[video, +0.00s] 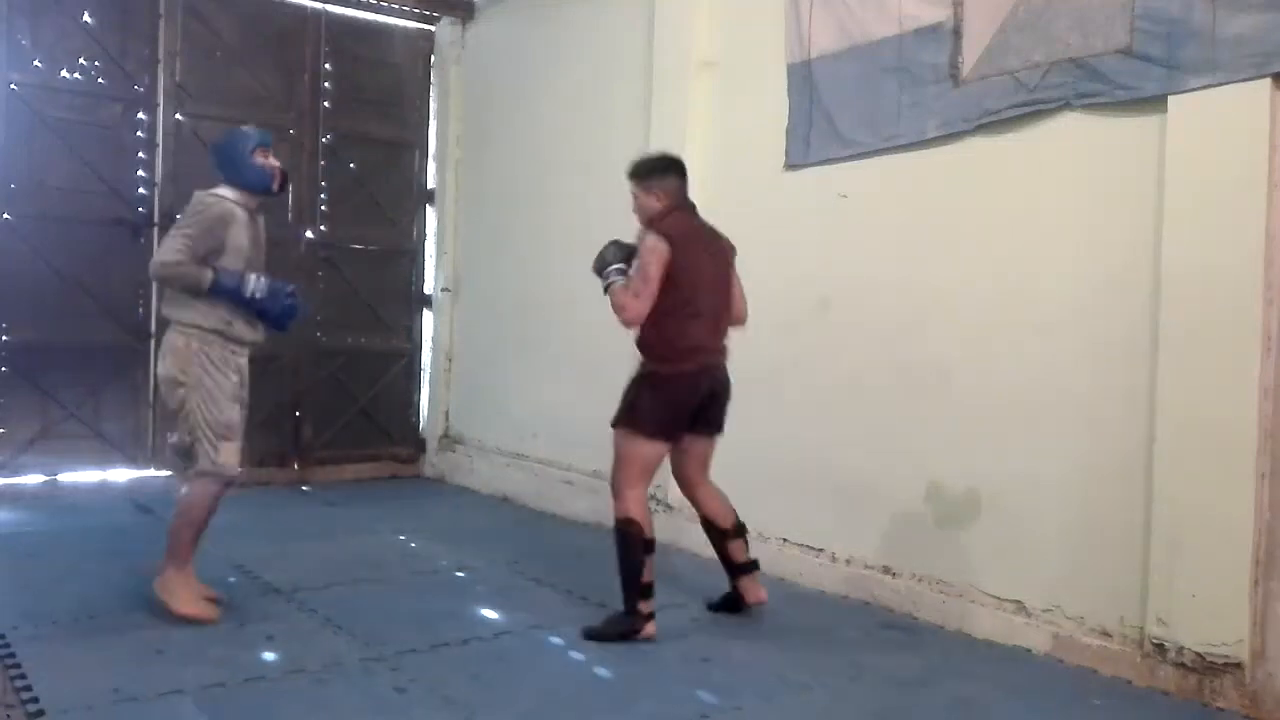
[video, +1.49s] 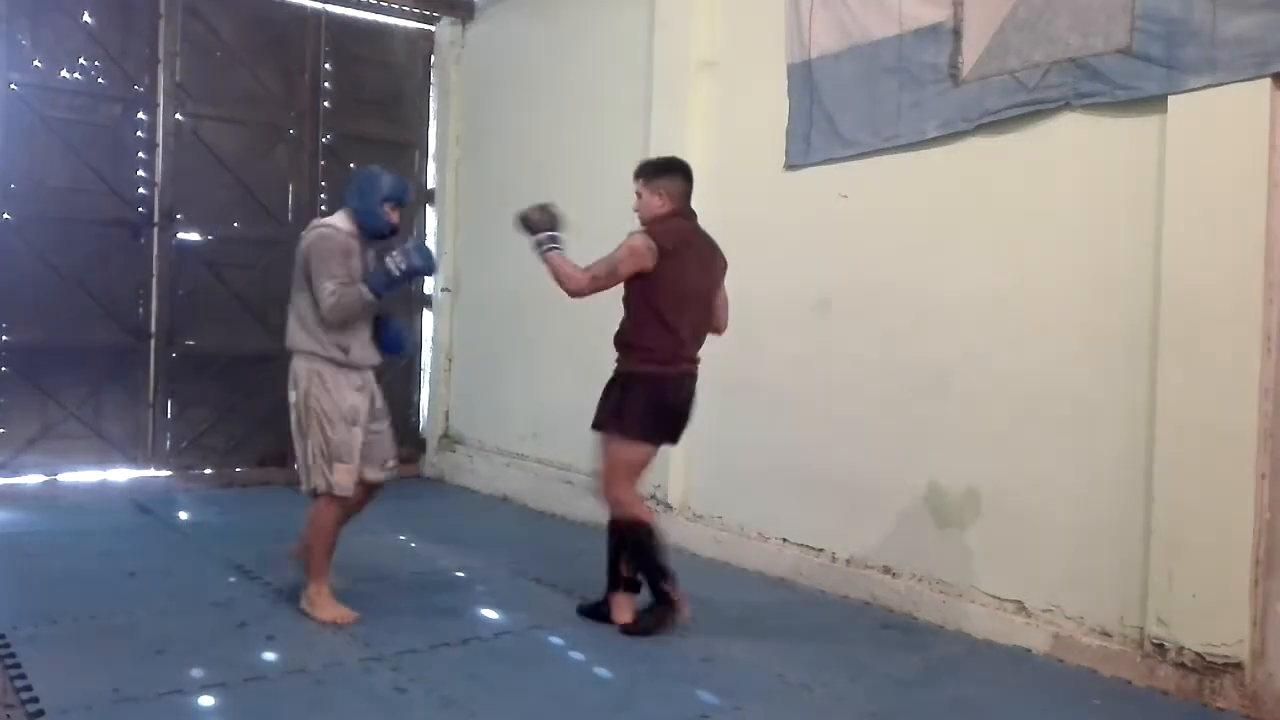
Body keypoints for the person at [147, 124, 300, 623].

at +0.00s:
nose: (276, 163)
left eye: (273, 154)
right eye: (264, 155)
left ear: (255, 163)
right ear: (240, 162)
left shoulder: (251, 218)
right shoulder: (216, 206)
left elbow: (235, 282)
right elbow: (165, 262)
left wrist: (268, 304)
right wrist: (238, 284)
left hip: (228, 349)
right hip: (199, 346)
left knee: (220, 467)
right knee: (215, 466)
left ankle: (181, 571)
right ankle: (173, 575)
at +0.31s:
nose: (289, 164)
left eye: (286, 155)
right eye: (279, 155)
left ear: (263, 163)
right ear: (256, 161)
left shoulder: (256, 213)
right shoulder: (230, 200)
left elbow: (240, 285)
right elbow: (185, 259)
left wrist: (279, 294)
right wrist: (253, 275)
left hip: (239, 350)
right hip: (214, 349)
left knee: (223, 470)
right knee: (219, 472)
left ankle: (181, 560)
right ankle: (187, 583)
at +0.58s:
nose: (296, 191)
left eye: (295, 183)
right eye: (289, 182)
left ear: (260, 186)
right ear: (266, 184)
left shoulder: (248, 234)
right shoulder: (238, 229)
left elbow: (243, 304)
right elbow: (233, 295)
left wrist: (290, 308)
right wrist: (284, 294)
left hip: (239, 374)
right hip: (222, 374)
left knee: (251, 484)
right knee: (235, 489)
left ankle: (205, 580)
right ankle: (183, 599)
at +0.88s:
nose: (313, 190)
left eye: (314, 182)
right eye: (306, 180)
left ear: (289, 185)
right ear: (280, 179)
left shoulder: (279, 226)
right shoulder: (258, 209)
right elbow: (243, 274)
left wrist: (306, 301)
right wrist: (300, 276)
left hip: (260, 366)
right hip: (242, 366)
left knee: (256, 485)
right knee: (246, 487)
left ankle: (208, 576)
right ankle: (184, 591)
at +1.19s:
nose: (355, 208)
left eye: (357, 199)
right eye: (350, 196)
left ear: (332, 196)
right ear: (325, 193)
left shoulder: (314, 240)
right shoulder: (283, 226)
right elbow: (250, 289)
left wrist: (342, 304)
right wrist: (317, 286)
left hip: (297, 363)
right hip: (278, 364)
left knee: (265, 473)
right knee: (319, 474)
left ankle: (207, 567)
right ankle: (298, 583)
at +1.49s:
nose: (398, 219)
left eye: (401, 209)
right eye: (393, 207)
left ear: (385, 206)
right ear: (369, 203)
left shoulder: (366, 245)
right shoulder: (330, 238)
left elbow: (357, 305)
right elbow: (333, 307)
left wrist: (383, 332)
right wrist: (386, 278)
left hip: (359, 373)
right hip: (324, 373)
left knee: (373, 476)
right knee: (336, 485)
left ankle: (309, 544)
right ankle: (318, 591)